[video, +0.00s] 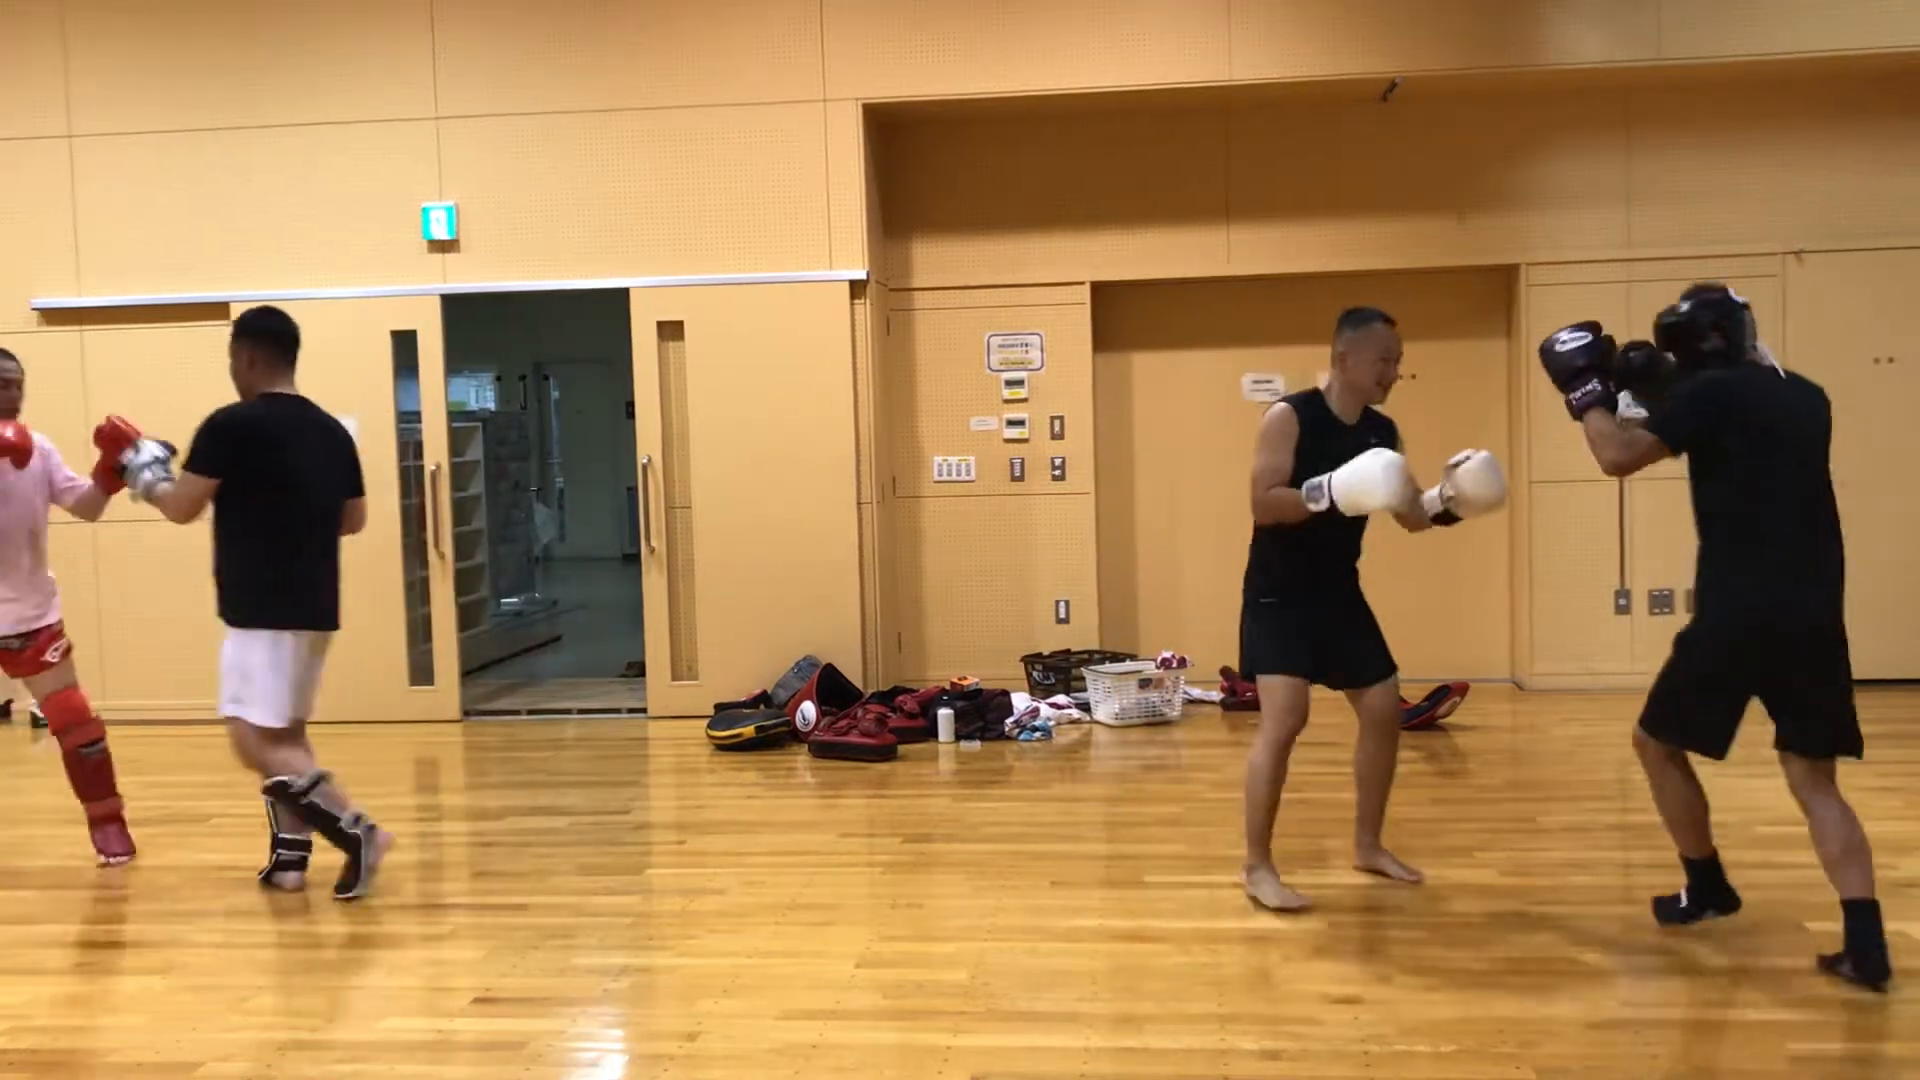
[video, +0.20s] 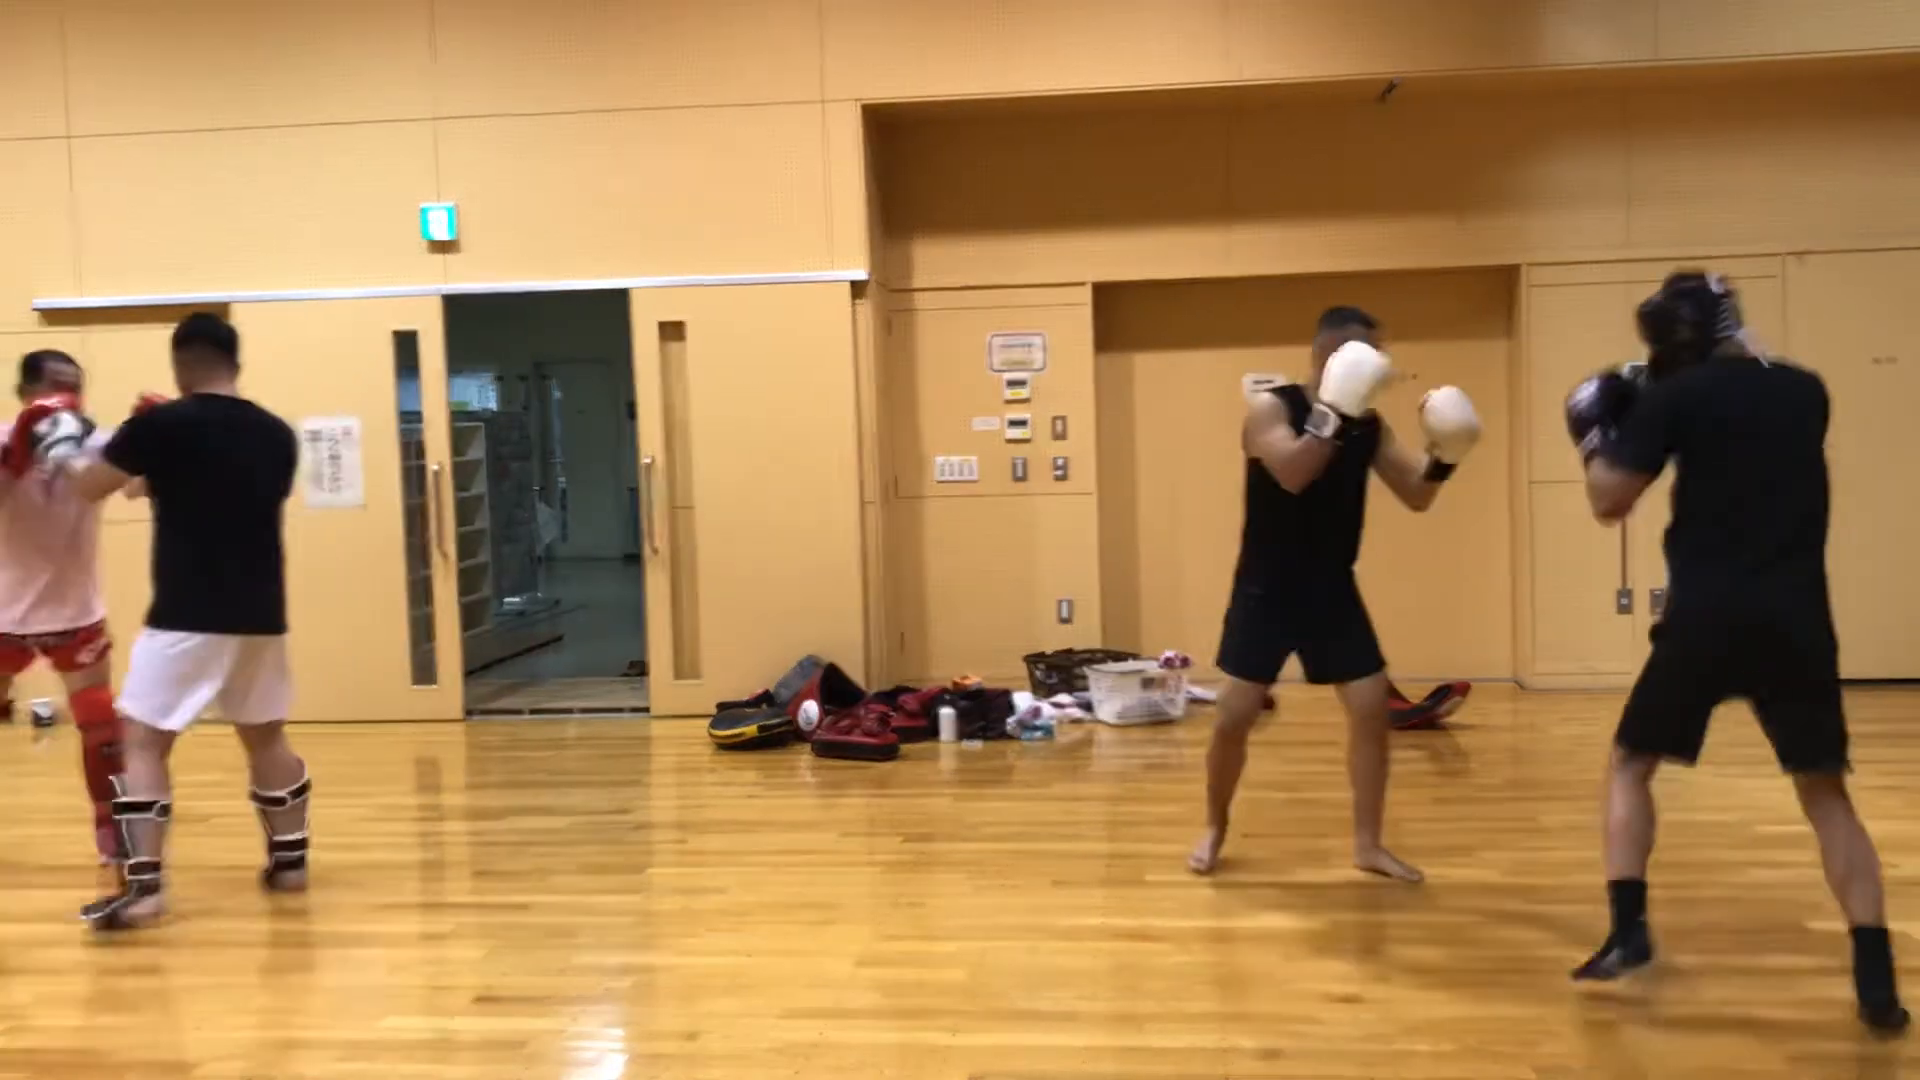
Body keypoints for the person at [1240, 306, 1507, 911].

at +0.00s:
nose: (1396, 373)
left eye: (1398, 362)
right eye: (1386, 361)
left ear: (1376, 364)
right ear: (1344, 358)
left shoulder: (1381, 432)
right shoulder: (1288, 418)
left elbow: (1409, 516)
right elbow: (1263, 506)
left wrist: (1448, 501)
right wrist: (1329, 492)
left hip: (1339, 592)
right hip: (1278, 592)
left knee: (1383, 709)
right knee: (1283, 719)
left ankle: (1368, 847)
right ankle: (1258, 867)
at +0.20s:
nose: (1355, 369)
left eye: (1365, 358)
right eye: (1345, 355)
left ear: (1375, 364)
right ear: (1320, 353)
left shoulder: (1367, 428)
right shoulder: (1271, 408)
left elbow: (1416, 494)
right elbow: (1293, 474)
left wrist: (1445, 452)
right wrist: (1332, 409)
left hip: (1332, 589)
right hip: (1266, 589)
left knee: (1371, 707)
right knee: (1233, 716)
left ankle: (1368, 845)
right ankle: (1214, 827)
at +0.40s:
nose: (1307, 376)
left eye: (1314, 366)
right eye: (1296, 364)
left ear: (1322, 370)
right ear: (1268, 362)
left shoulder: (1329, 427)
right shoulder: (1226, 420)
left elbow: (1384, 490)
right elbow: (1250, 479)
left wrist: (1402, 444)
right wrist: (1273, 415)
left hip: (1310, 597)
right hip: (1241, 599)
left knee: (1360, 709)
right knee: (1199, 718)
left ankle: (1364, 847)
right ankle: (1208, 833)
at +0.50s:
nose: (1269, 385)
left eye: (1277, 374)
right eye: (1257, 374)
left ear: (1289, 375)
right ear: (1233, 373)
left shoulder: (1305, 435)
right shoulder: (1195, 436)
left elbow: (1356, 506)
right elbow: (1212, 500)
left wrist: (1367, 457)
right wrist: (1236, 434)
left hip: (1295, 605)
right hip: (1226, 608)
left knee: (1350, 720)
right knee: (1188, 732)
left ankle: (1370, 843)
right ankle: (1210, 835)